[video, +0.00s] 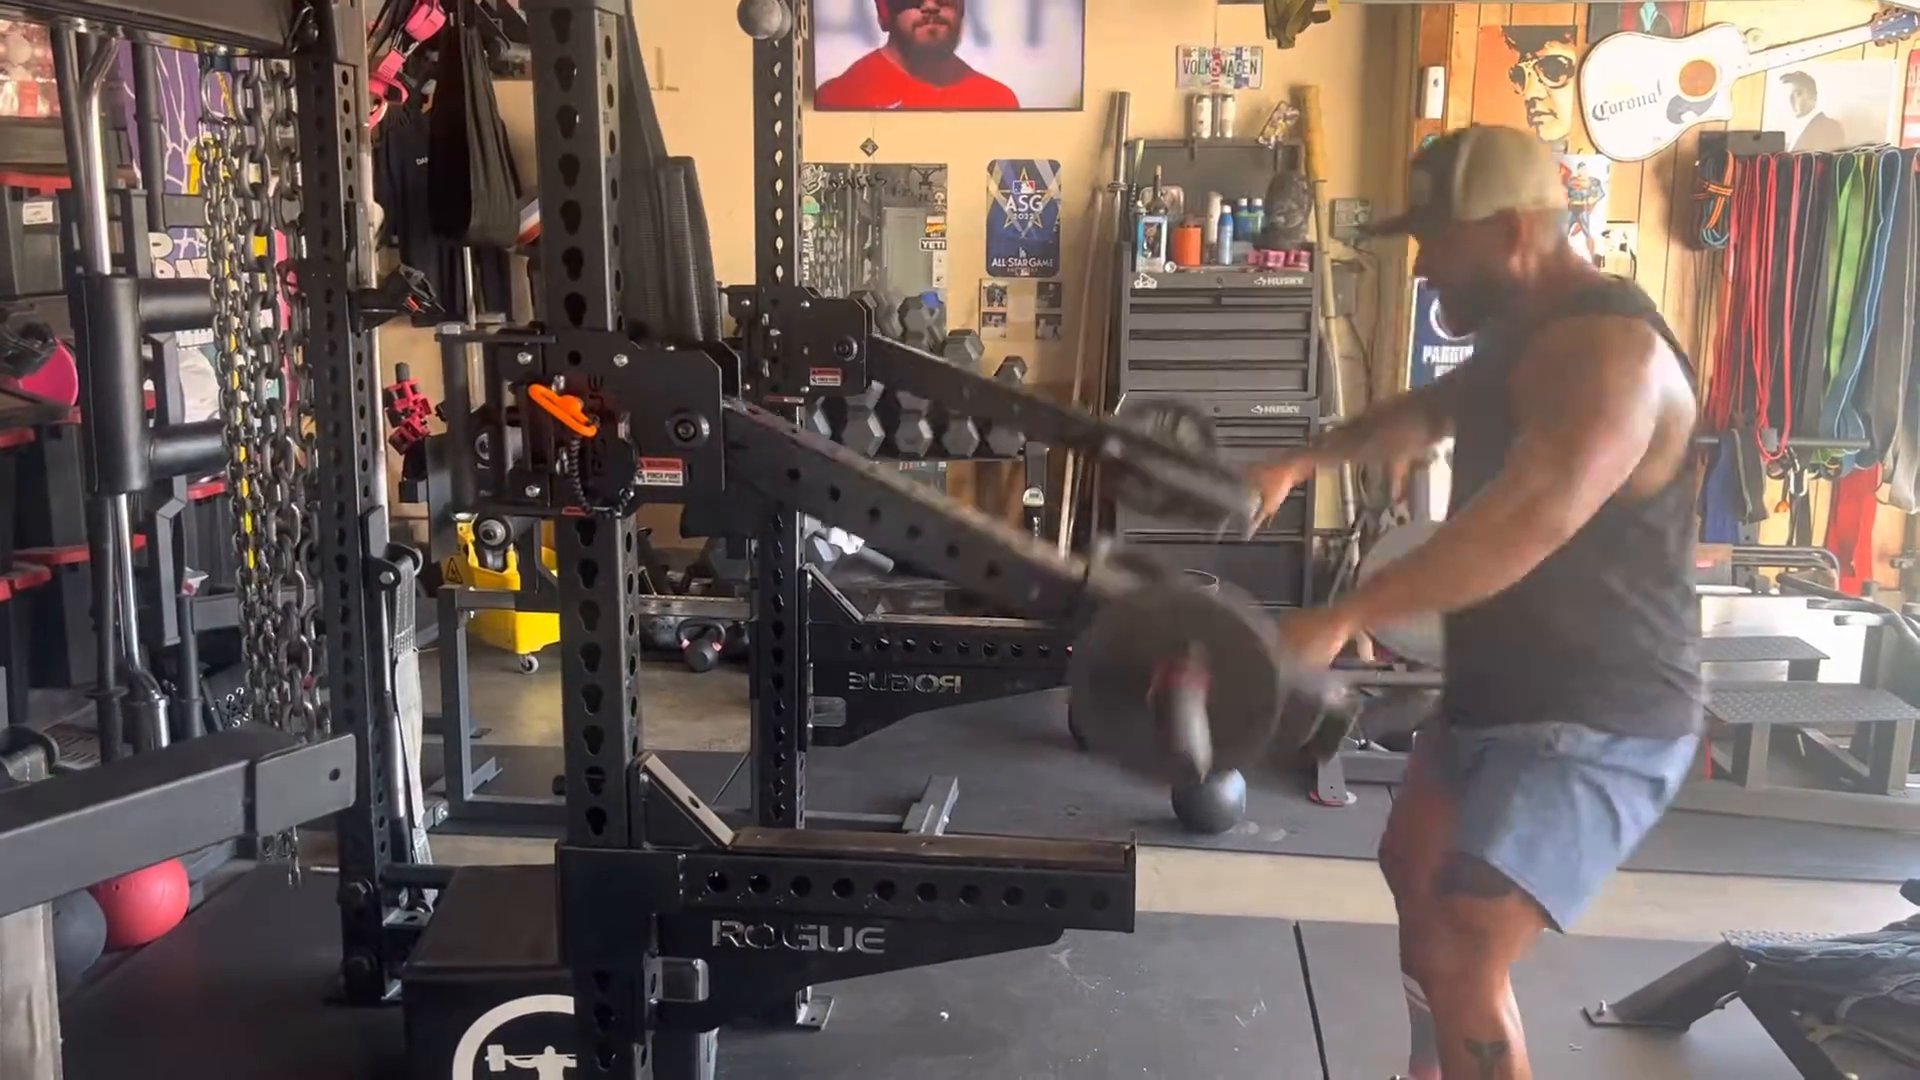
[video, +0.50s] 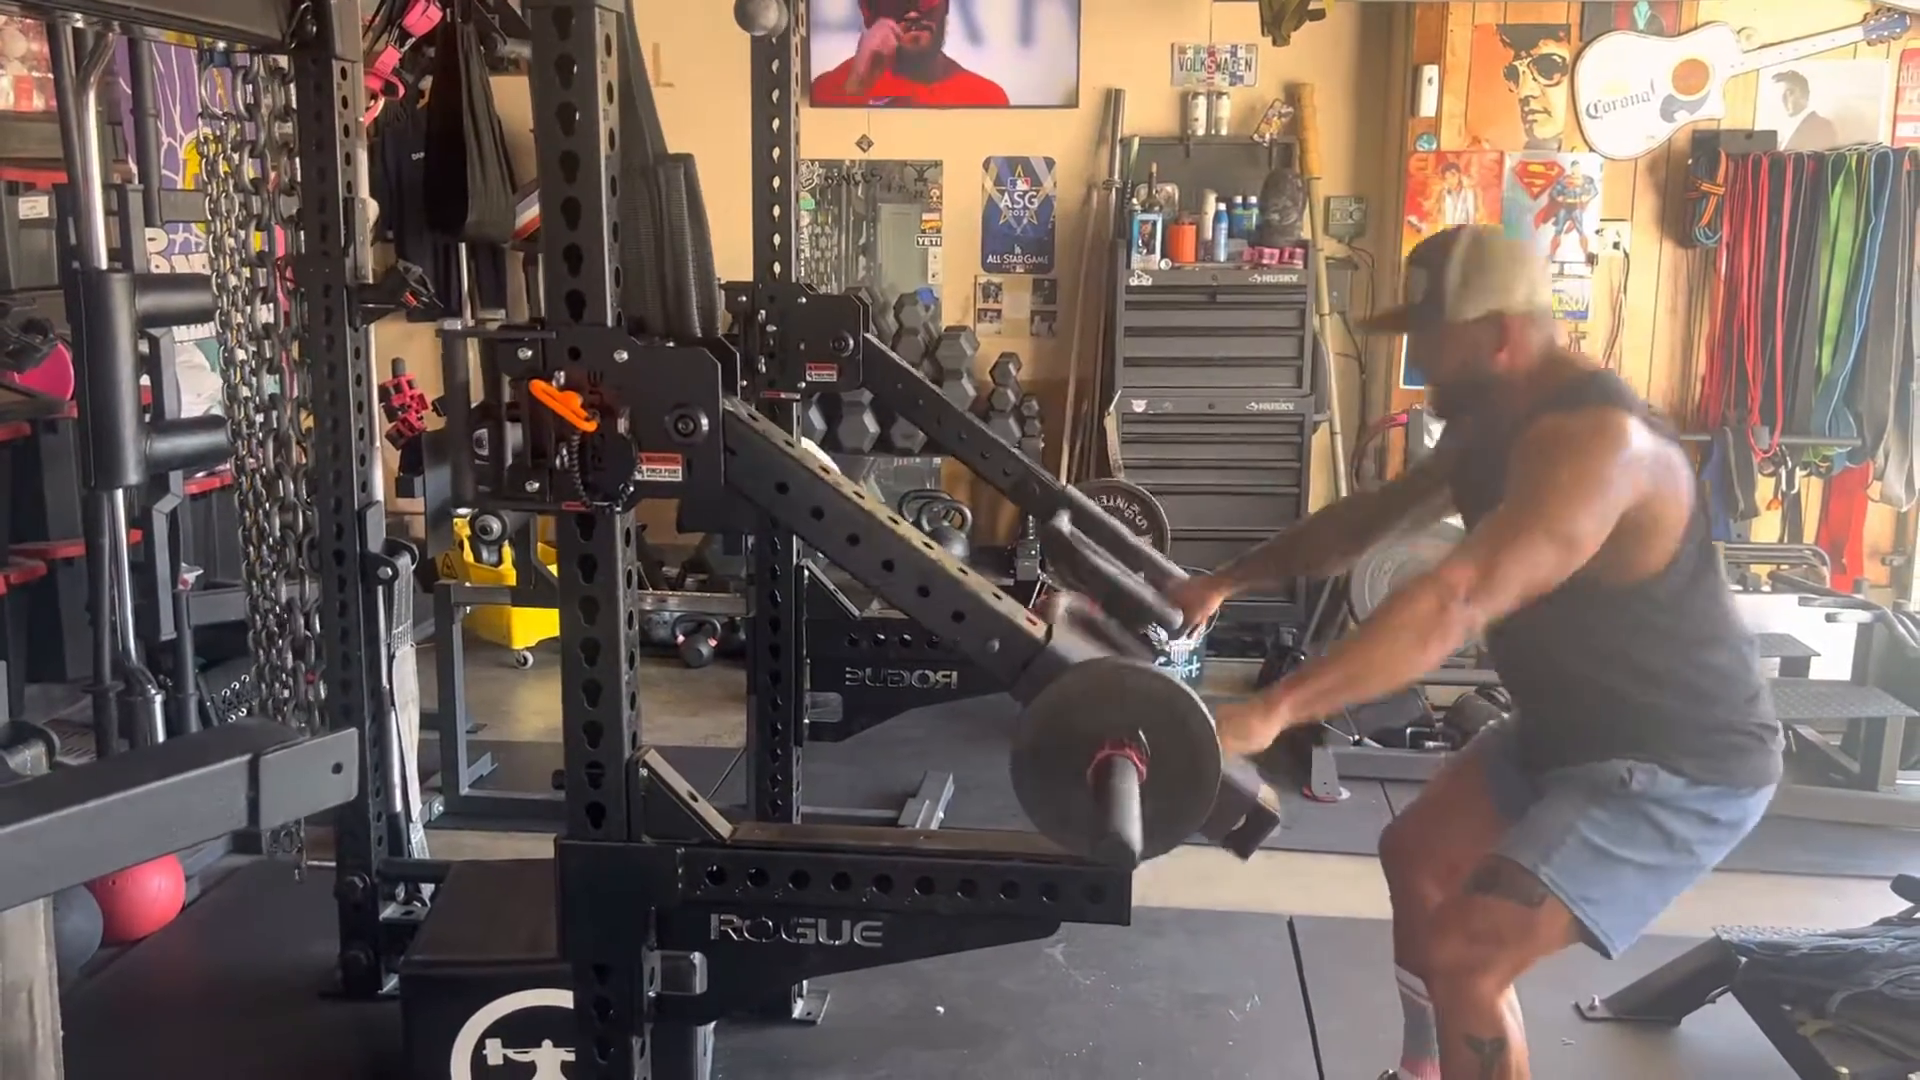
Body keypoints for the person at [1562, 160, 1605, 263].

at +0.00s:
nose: (1583, 172)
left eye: (1585, 170)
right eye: (1581, 170)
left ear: (1587, 170)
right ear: (1578, 171)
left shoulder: (1594, 181)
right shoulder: (1572, 181)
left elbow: (1601, 194)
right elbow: (1568, 192)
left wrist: (1593, 202)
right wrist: (1569, 201)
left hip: (1584, 208)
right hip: (1572, 208)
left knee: (1587, 233)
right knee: (1565, 231)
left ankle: (1592, 257)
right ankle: (1562, 255)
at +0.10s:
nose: (1582, 173)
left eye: (1584, 171)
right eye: (1580, 171)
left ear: (1586, 171)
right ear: (1577, 171)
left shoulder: (1593, 182)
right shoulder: (1570, 182)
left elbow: (1600, 193)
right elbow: (1559, 193)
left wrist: (1592, 200)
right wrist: (1564, 199)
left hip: (1583, 207)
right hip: (1571, 207)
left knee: (1586, 232)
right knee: (1564, 232)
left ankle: (1592, 256)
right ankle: (1557, 256)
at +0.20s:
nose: (1580, 172)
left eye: (1582, 169)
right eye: (1578, 170)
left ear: (1584, 170)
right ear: (1575, 170)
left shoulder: (1591, 181)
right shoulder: (1568, 181)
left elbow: (1599, 193)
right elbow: (1558, 193)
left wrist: (1591, 200)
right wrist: (1563, 199)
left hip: (1581, 207)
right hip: (1569, 207)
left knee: (1585, 231)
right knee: (1563, 231)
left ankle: (1590, 256)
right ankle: (1556, 256)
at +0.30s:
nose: (1579, 172)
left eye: (1581, 169)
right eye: (1577, 170)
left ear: (1583, 170)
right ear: (1574, 170)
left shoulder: (1590, 181)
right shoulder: (1567, 181)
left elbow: (1598, 193)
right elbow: (1556, 193)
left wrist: (1590, 200)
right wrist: (1561, 199)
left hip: (1580, 207)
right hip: (1568, 206)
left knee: (1583, 231)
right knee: (1561, 231)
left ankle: (1589, 255)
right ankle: (1555, 255)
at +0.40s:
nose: (1578, 171)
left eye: (1579, 169)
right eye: (1576, 169)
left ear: (1582, 169)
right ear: (1573, 170)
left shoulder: (1589, 181)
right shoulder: (1566, 180)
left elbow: (1596, 192)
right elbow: (1555, 192)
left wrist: (1588, 199)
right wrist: (1561, 199)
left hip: (1579, 206)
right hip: (1567, 206)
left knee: (1582, 231)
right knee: (1560, 231)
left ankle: (1588, 255)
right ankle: (1553, 255)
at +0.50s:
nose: (1576, 170)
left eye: (1578, 168)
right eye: (1574, 168)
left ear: (1580, 168)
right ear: (1571, 169)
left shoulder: (1587, 180)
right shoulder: (1564, 180)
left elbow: (1594, 191)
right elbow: (1553, 192)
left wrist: (1586, 199)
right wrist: (1558, 198)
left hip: (1577, 206)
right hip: (1565, 205)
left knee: (1581, 230)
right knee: (1558, 230)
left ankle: (1586, 255)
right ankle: (1551, 255)